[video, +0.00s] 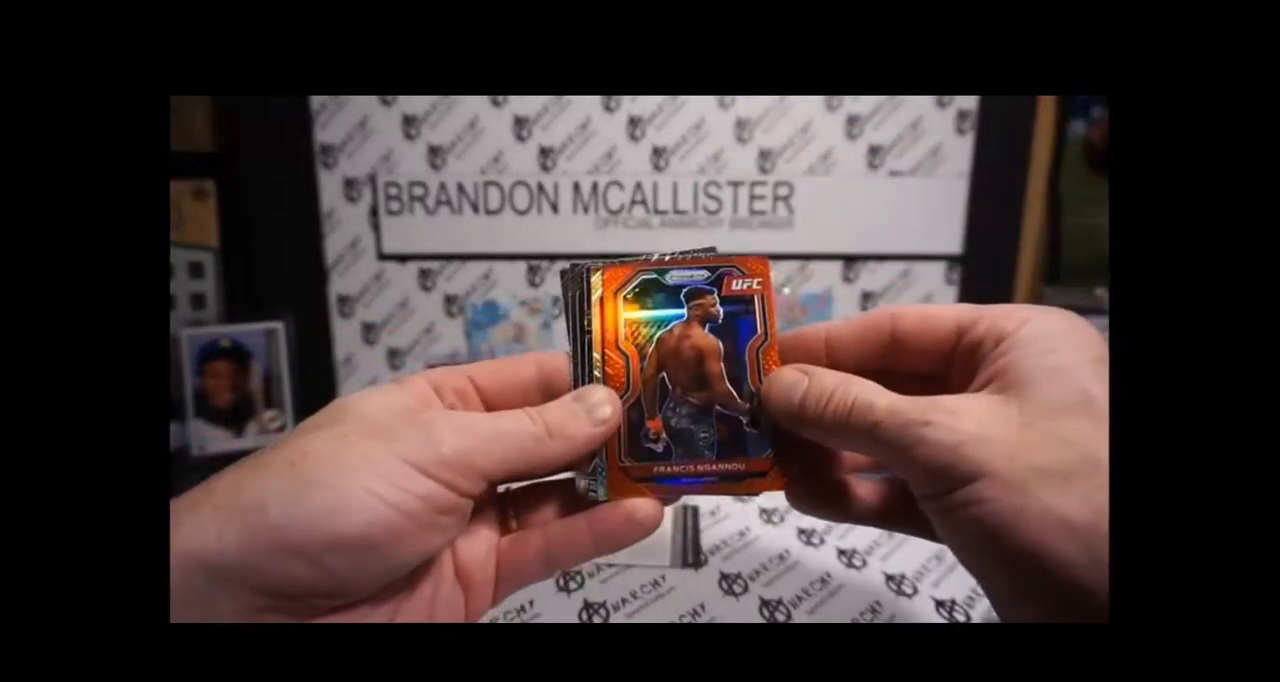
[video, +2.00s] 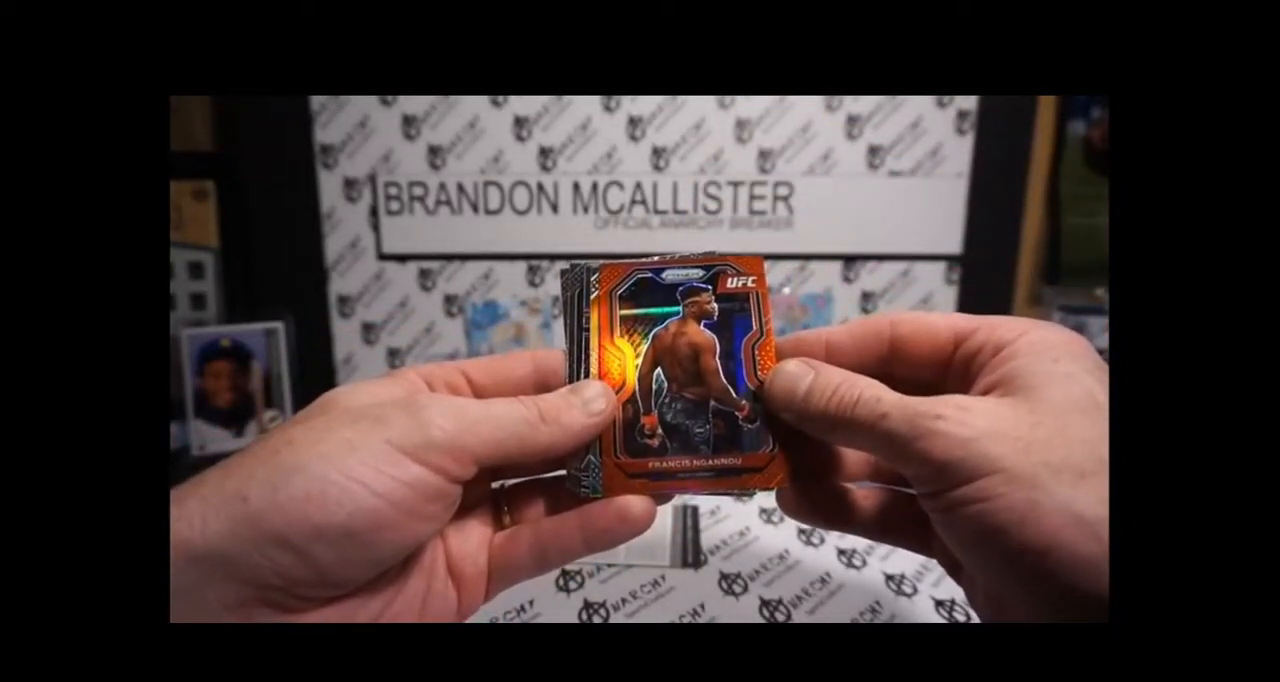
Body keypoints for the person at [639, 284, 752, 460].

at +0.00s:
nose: (720, 310)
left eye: (718, 304)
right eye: (714, 305)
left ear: (693, 310)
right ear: (697, 309)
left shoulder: (664, 338)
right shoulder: (709, 343)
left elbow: (649, 377)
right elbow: (721, 390)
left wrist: (651, 417)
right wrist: (745, 410)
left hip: (672, 410)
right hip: (698, 415)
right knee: (703, 478)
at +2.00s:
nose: (715, 306)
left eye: (714, 301)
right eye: (709, 302)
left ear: (690, 308)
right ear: (691, 307)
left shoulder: (660, 334)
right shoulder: (705, 339)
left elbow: (644, 375)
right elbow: (717, 388)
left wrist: (647, 413)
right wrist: (741, 407)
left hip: (669, 406)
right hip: (695, 411)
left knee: (677, 468)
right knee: (699, 472)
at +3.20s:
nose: (718, 305)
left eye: (716, 301)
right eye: (712, 302)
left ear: (693, 307)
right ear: (694, 307)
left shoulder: (664, 334)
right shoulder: (707, 339)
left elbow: (648, 375)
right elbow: (721, 388)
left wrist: (652, 415)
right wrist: (745, 407)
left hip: (672, 407)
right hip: (699, 412)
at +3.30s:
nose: (735, 288)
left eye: (732, 283)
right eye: (728, 284)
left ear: (711, 292)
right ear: (712, 291)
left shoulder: (685, 323)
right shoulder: (731, 321)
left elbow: (674, 364)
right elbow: (747, 366)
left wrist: (680, 401)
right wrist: (773, 384)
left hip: (704, 390)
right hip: (731, 391)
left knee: (716, 452)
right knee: (741, 452)